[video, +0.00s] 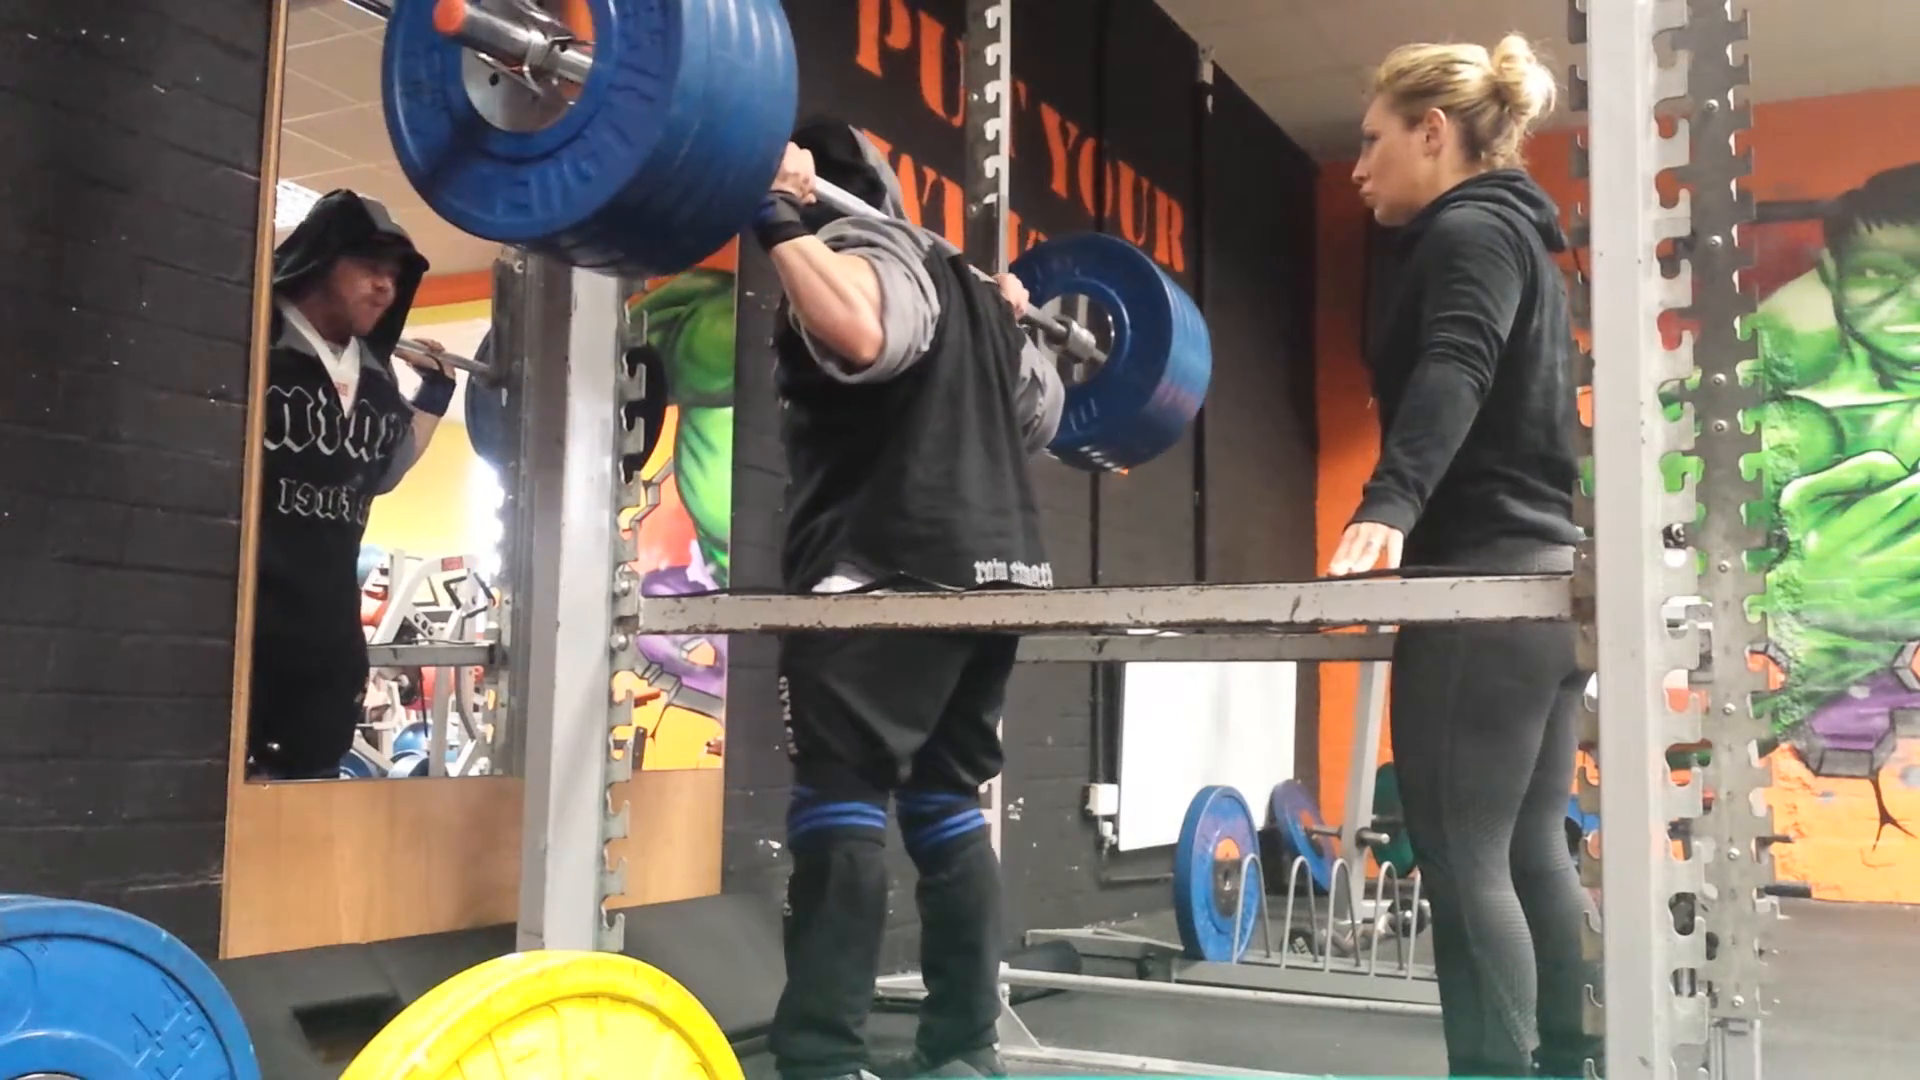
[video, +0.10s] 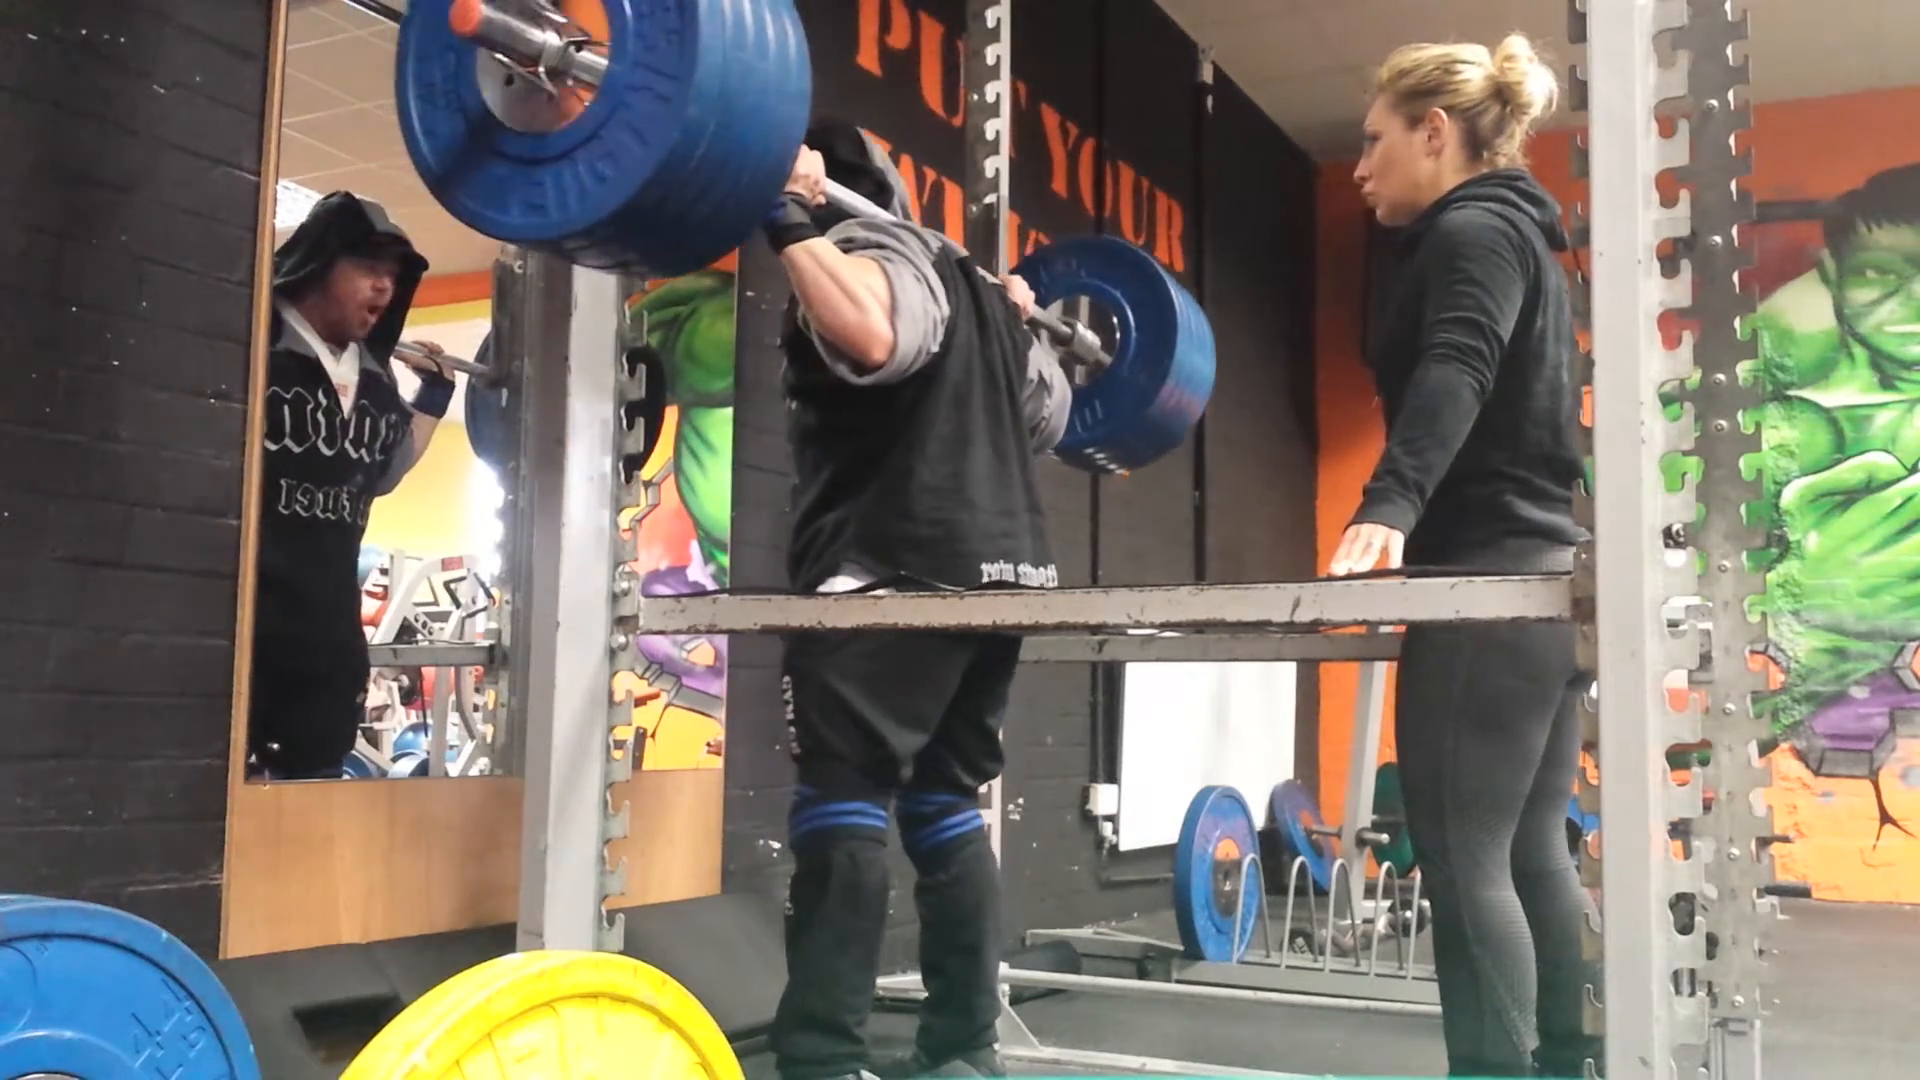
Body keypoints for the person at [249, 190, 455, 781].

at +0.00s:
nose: (385, 285)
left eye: (392, 275)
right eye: (369, 266)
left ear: (399, 290)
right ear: (320, 265)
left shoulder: (377, 377)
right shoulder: (254, 342)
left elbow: (382, 474)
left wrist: (436, 393)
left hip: (328, 604)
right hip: (247, 594)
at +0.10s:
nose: (384, 288)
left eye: (391, 277)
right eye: (369, 269)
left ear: (397, 290)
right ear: (318, 267)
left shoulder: (376, 379)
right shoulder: (253, 343)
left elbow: (381, 475)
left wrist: (435, 395)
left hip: (328, 607)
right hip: (245, 596)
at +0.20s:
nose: (382, 289)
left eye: (388, 277)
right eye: (365, 269)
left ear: (394, 291)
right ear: (314, 269)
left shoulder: (374, 381)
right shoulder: (251, 348)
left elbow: (381, 477)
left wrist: (434, 395)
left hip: (327, 613)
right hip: (245, 601)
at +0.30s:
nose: (378, 288)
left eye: (385, 276)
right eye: (361, 268)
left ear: (391, 291)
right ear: (312, 269)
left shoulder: (372, 383)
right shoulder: (251, 350)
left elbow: (380, 478)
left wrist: (433, 397)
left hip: (326, 623)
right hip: (244, 610)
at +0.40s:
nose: (371, 286)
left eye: (378, 274)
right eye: (355, 267)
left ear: (386, 289)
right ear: (306, 269)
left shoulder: (368, 381)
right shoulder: (248, 351)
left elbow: (379, 478)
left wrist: (431, 397)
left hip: (325, 617)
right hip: (244, 606)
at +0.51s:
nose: (360, 286)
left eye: (369, 274)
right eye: (344, 266)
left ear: (374, 289)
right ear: (294, 269)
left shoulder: (357, 376)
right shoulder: (245, 354)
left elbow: (371, 474)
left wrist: (422, 397)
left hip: (322, 612)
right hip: (245, 605)